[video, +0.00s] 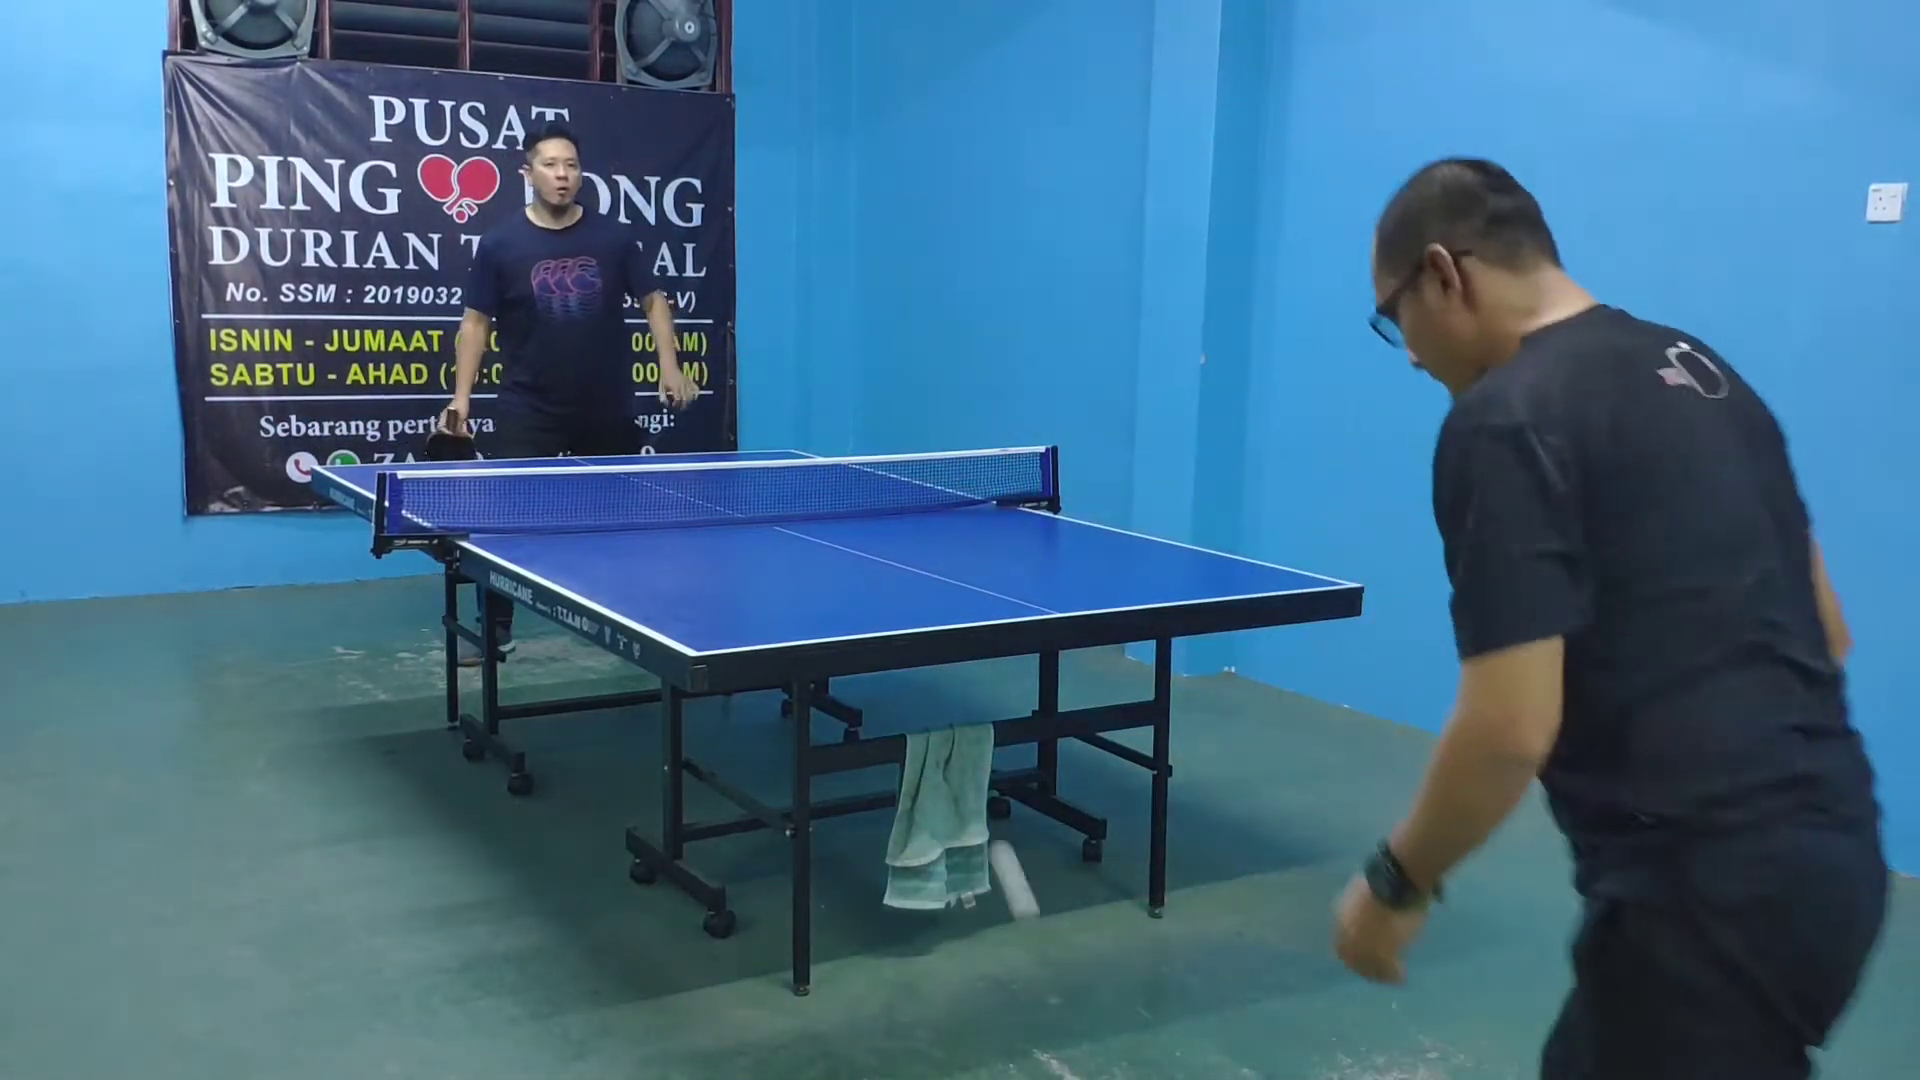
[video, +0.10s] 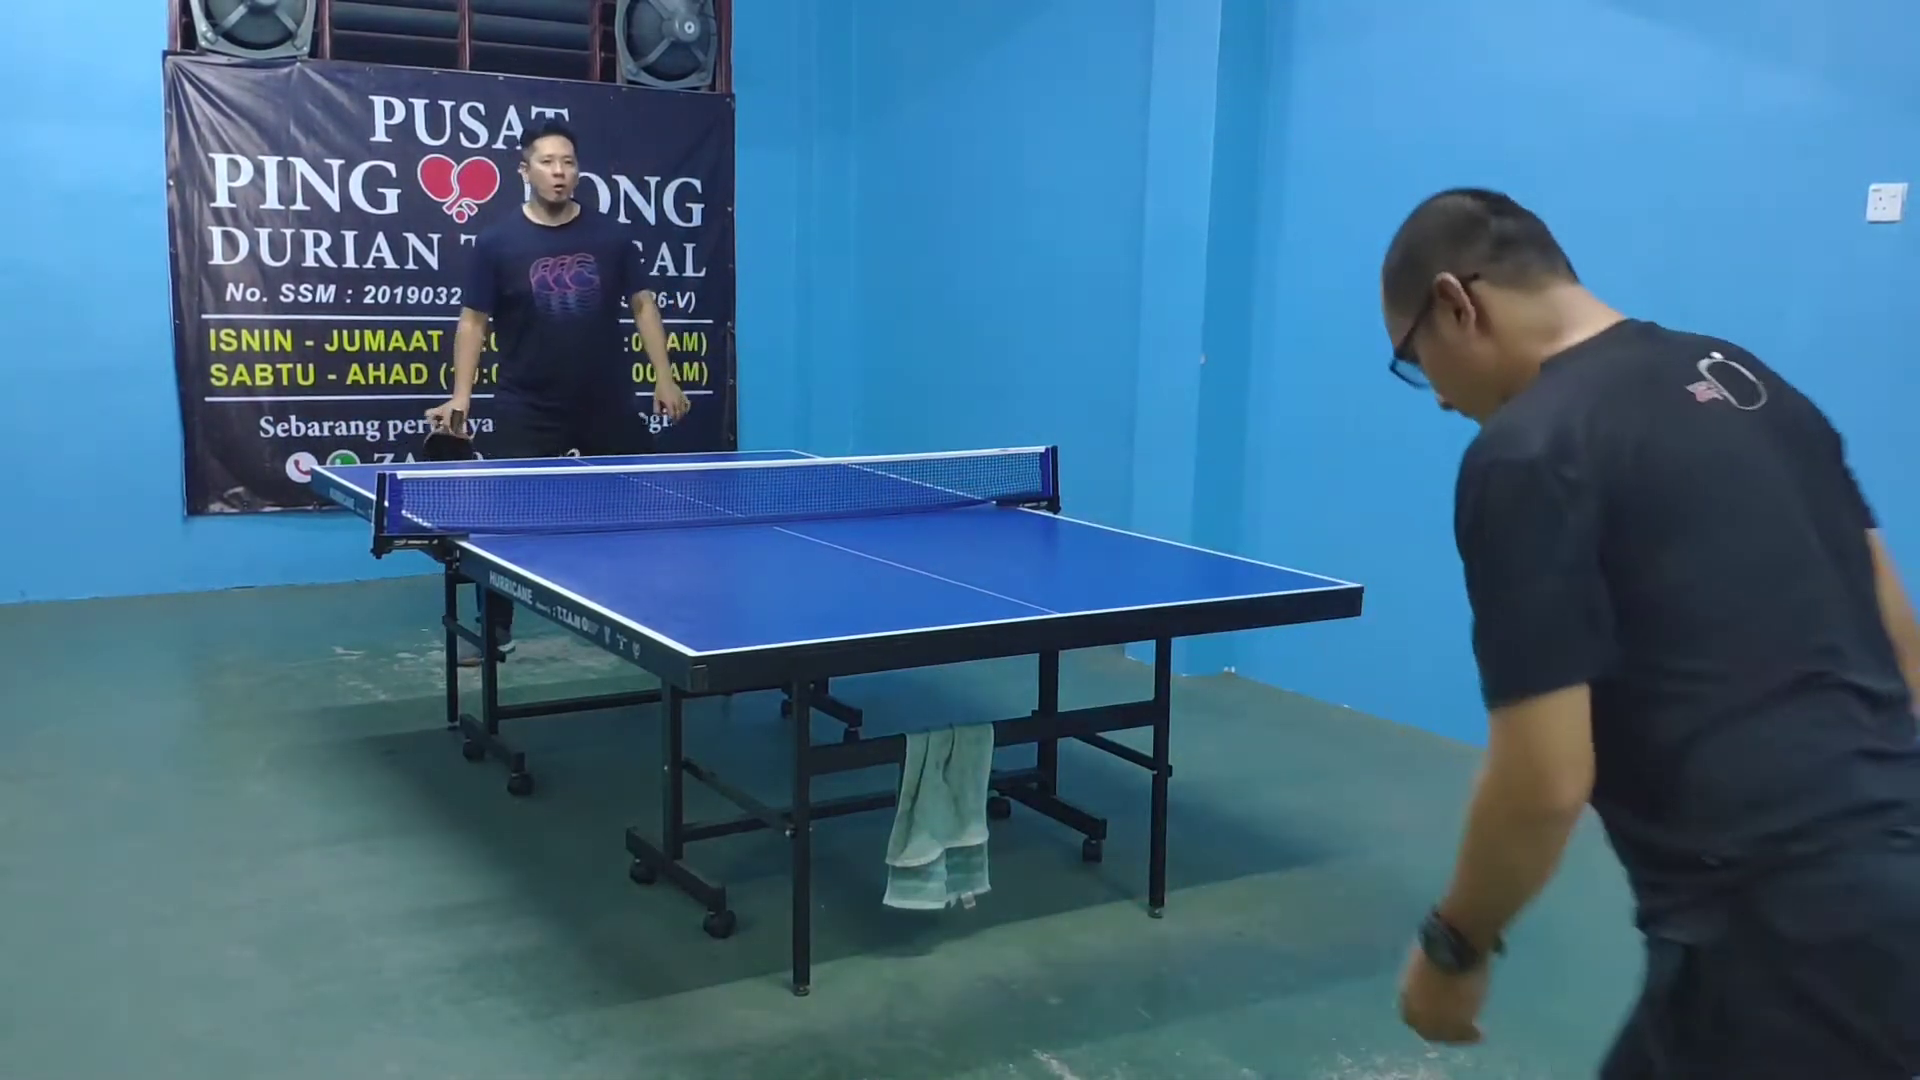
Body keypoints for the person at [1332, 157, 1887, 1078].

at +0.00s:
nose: (1408, 352)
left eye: (1395, 319)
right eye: (1389, 328)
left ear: (1447, 277)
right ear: (1538, 253)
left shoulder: (1508, 417)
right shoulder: (1703, 371)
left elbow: (1510, 725)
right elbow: (1823, 635)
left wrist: (1397, 881)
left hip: (1701, 896)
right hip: (1821, 865)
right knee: (1585, 1057)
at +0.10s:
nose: (1439, 398)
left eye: (1417, 359)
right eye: (1415, 370)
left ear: (1460, 305)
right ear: (1556, 276)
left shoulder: (1529, 450)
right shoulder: (1753, 382)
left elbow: (1544, 780)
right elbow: (1898, 641)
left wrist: (1454, 946)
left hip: (1782, 942)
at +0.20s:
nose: (1449, 430)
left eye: (1421, 395)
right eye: (1420, 407)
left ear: (1454, 337)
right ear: (1551, 293)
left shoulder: (1550, 475)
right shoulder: (1774, 378)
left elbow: (1588, 820)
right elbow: (1912, 555)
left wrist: (1504, 991)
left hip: (1835, 953)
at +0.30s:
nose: (1448, 450)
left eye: (1417, 418)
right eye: (1416, 428)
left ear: (1450, 357)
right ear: (1541, 302)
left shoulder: (1557, 485)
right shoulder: (1791, 371)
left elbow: (1629, 838)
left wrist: (1546, 1007)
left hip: (1857, 955)